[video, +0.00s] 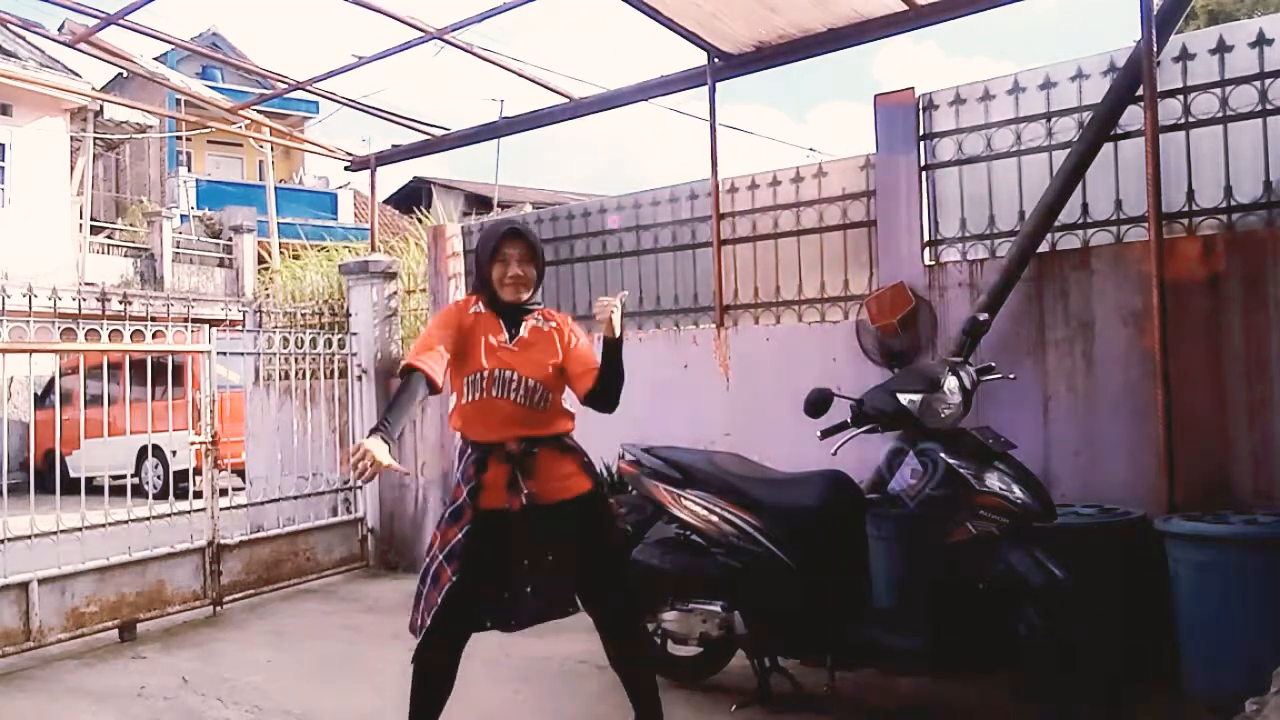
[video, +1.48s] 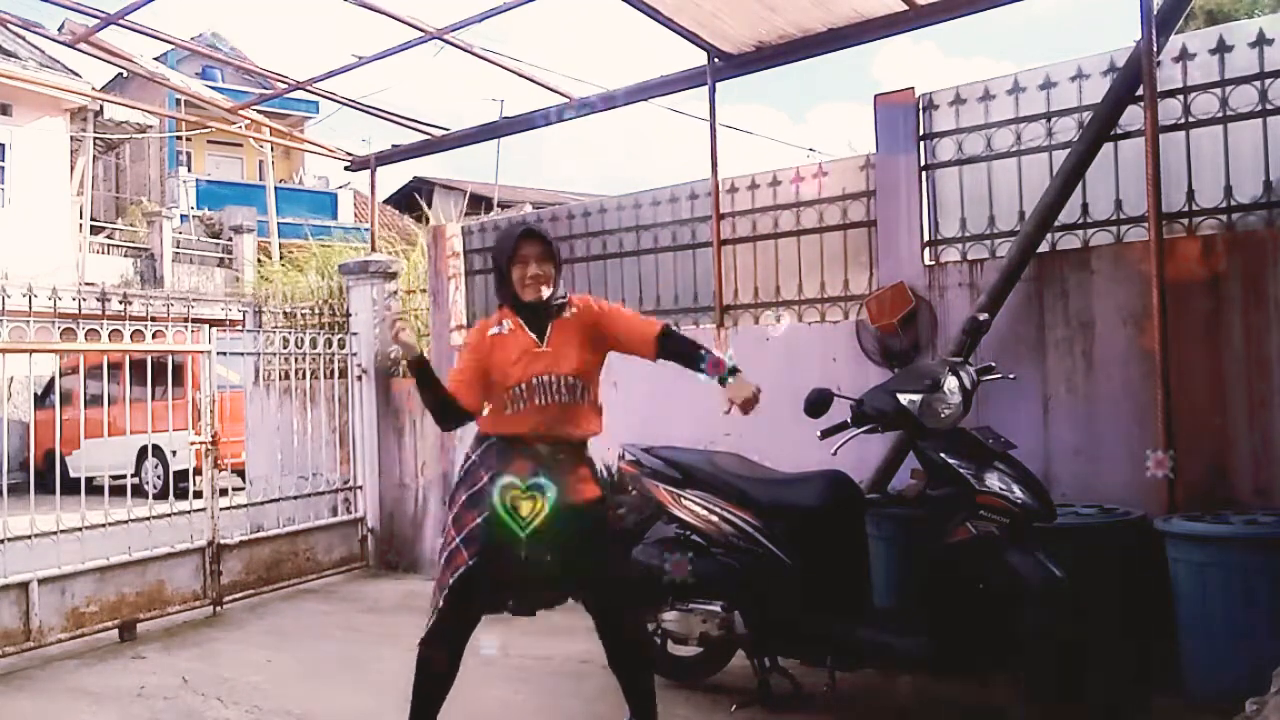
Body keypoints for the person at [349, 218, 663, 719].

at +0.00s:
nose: (517, 271)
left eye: (527, 261)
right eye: (504, 260)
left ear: (540, 270)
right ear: (485, 268)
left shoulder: (559, 328)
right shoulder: (460, 318)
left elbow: (604, 399)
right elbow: (419, 377)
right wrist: (383, 435)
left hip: (568, 494)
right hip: (488, 501)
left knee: (620, 622)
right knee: (443, 634)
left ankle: (651, 714)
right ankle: (420, 718)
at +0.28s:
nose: (542, 292)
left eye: (551, 282)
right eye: (530, 284)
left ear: (565, 288)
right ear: (513, 295)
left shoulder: (599, 331)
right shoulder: (500, 363)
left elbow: (672, 339)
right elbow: (480, 451)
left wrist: (715, 376)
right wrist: (443, 407)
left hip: (591, 513)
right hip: (517, 517)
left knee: (629, 626)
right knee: (458, 625)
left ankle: (646, 716)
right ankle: (428, 718)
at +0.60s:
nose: (507, 307)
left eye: (516, 297)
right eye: (495, 296)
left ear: (527, 305)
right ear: (473, 301)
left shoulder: (541, 376)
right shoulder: (453, 331)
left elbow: (547, 459)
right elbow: (406, 380)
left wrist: (565, 499)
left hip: (542, 527)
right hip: (477, 533)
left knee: (617, 617)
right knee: (419, 662)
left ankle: (642, 714)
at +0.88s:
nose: (535, 267)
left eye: (543, 256)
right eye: (522, 258)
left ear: (557, 261)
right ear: (503, 267)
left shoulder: (584, 317)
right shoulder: (483, 328)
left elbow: (647, 370)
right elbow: (447, 415)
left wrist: (641, 302)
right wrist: (408, 492)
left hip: (580, 490)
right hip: (503, 495)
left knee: (624, 625)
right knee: (454, 628)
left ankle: (647, 714)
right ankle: (424, 716)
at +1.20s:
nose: (560, 264)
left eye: (569, 254)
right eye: (547, 256)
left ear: (582, 260)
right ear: (532, 265)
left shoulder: (615, 315)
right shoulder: (514, 326)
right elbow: (483, 418)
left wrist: (658, 263)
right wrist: (439, 494)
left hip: (593, 489)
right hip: (516, 491)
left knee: (629, 618)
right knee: (461, 616)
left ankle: (645, 714)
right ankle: (422, 714)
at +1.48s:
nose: (531, 272)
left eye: (541, 262)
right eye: (520, 263)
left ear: (555, 267)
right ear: (505, 272)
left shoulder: (588, 316)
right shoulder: (486, 335)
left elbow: (661, 339)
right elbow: (450, 415)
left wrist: (729, 375)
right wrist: (415, 358)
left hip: (571, 477)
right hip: (497, 478)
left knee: (616, 610)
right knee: (456, 609)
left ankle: (644, 714)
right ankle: (420, 717)